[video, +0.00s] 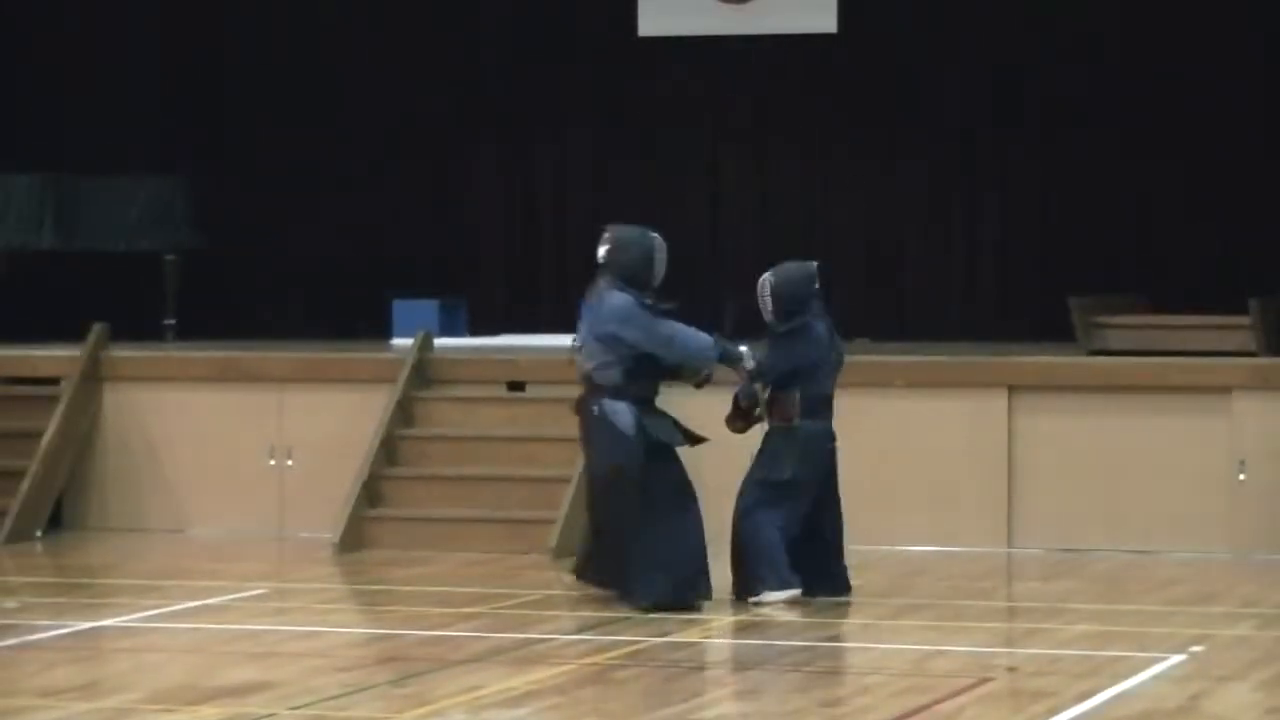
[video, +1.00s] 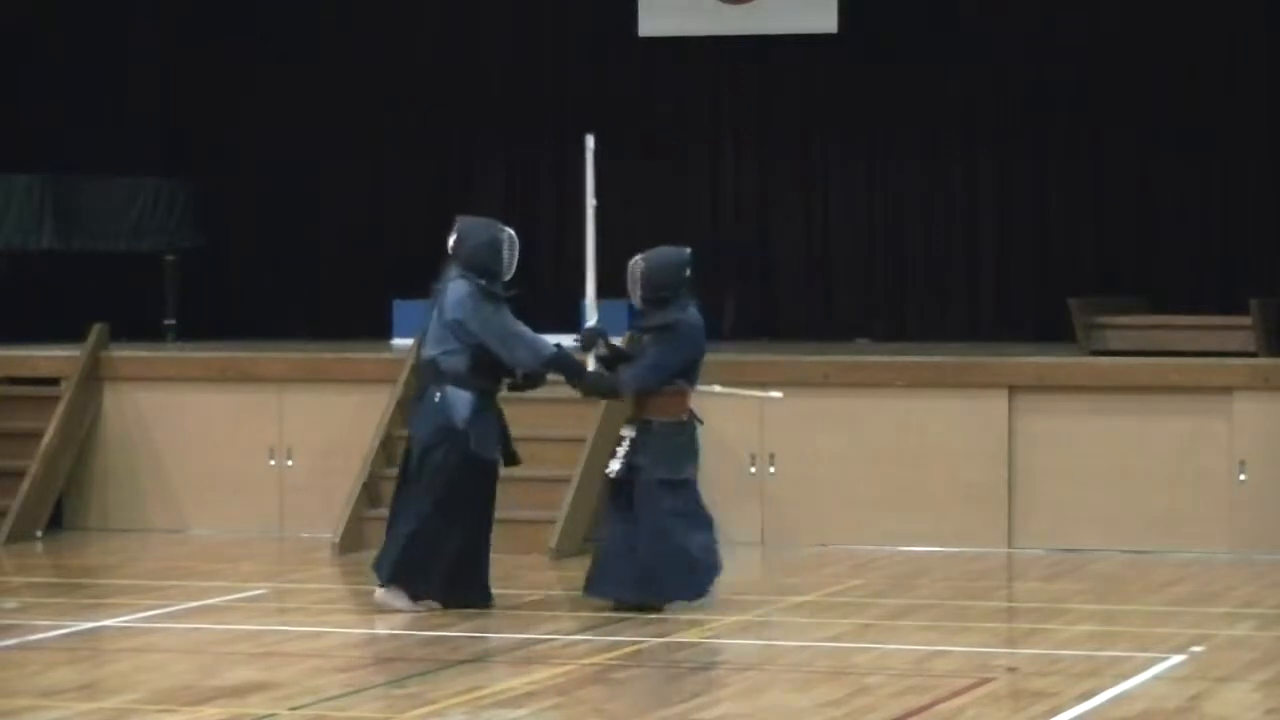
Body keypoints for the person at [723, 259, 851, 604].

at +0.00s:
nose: (766, 305)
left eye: (770, 298)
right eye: (766, 298)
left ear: (784, 299)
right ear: (806, 295)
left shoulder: (795, 338)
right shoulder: (823, 333)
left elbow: (763, 375)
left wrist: (745, 401)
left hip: (791, 437)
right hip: (818, 437)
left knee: (755, 507)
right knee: (815, 510)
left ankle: (775, 584)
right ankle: (827, 582)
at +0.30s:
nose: (744, 292)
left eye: (749, 285)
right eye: (745, 285)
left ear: (765, 286)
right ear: (778, 285)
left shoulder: (791, 326)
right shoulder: (776, 323)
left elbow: (762, 369)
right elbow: (759, 370)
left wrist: (727, 374)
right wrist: (716, 373)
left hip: (784, 429)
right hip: (777, 427)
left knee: (766, 506)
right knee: (804, 500)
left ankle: (768, 588)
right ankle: (816, 569)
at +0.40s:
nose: (734, 287)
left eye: (739, 279)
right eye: (734, 280)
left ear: (757, 281)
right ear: (765, 281)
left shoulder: (782, 324)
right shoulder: (758, 323)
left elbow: (747, 368)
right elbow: (735, 368)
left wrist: (704, 356)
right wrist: (698, 354)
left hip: (777, 430)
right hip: (756, 428)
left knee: (772, 507)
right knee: (752, 508)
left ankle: (779, 589)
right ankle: (765, 587)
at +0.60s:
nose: (709, 288)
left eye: (713, 280)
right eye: (709, 280)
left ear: (729, 281)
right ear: (742, 280)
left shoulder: (757, 324)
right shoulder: (734, 320)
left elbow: (722, 369)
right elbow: (714, 355)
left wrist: (677, 371)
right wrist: (680, 346)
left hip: (752, 429)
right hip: (725, 427)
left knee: (758, 507)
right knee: (719, 505)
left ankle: (770, 590)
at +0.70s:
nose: (694, 293)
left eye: (699, 285)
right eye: (694, 285)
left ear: (716, 286)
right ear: (728, 285)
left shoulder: (745, 328)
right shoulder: (716, 325)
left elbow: (707, 371)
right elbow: (698, 359)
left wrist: (665, 379)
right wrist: (670, 350)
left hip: (738, 432)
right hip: (707, 431)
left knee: (750, 509)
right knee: (687, 505)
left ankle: (765, 590)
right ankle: (678, 584)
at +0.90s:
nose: (655, 294)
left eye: (660, 287)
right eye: (655, 286)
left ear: (678, 288)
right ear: (686, 288)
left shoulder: (704, 331)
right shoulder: (675, 324)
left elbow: (668, 374)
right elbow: (658, 352)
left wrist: (628, 384)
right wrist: (628, 349)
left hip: (691, 436)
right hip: (661, 432)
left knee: (697, 507)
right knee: (647, 507)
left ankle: (740, 569)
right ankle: (648, 589)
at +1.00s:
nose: (636, 290)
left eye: (642, 283)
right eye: (637, 283)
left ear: (658, 285)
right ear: (671, 283)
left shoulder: (683, 328)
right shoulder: (653, 322)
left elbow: (647, 373)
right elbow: (630, 360)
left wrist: (613, 380)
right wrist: (604, 349)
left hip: (668, 432)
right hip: (644, 428)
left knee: (661, 505)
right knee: (631, 502)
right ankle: (636, 587)